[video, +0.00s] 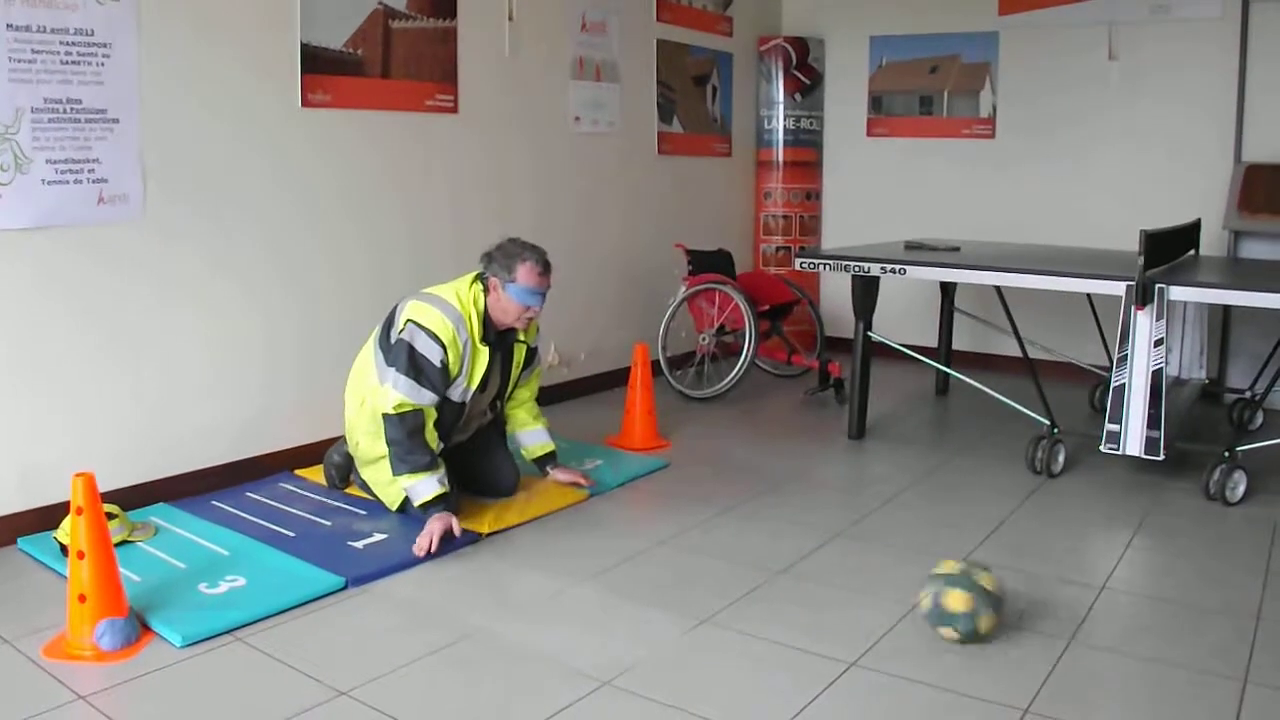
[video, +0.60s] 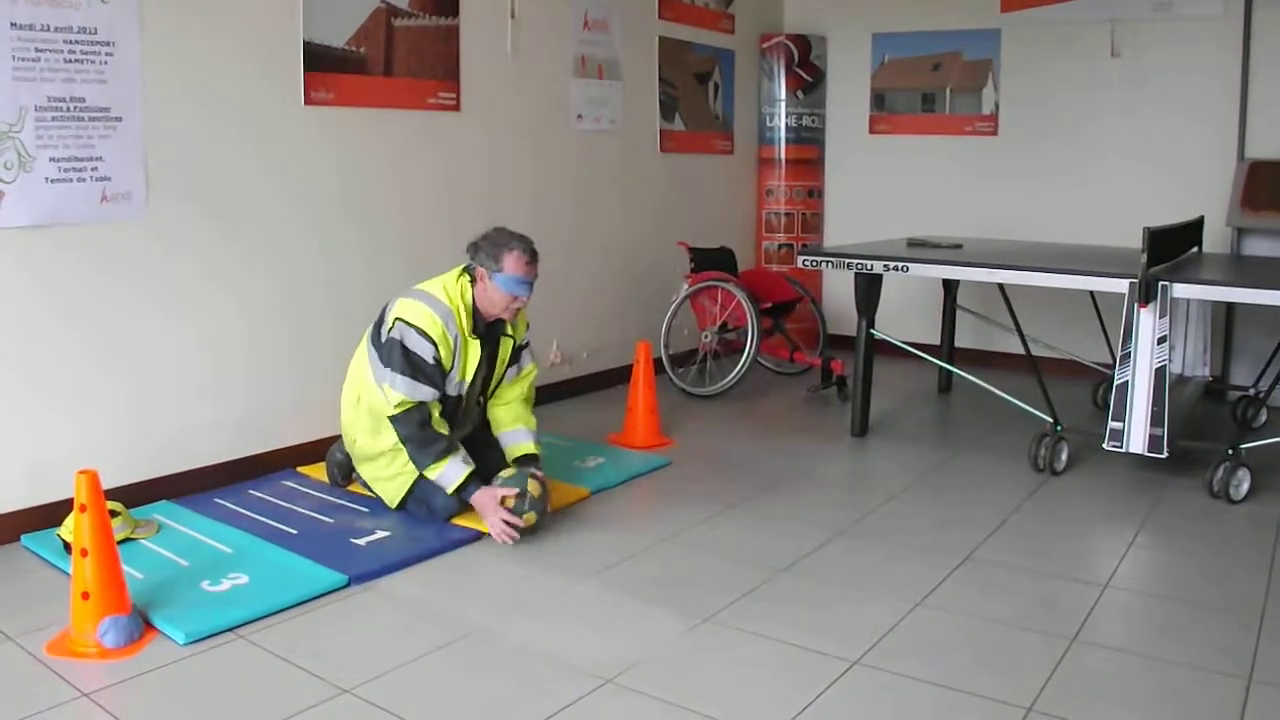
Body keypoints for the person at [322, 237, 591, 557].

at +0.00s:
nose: (535, 310)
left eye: (541, 299)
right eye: (527, 297)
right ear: (494, 288)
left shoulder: (522, 326)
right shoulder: (433, 324)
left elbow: (519, 399)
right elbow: (402, 418)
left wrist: (549, 464)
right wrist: (436, 508)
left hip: (463, 415)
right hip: (386, 421)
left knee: (501, 483)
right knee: (425, 509)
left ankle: (424, 459)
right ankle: (358, 455)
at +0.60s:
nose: (523, 301)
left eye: (529, 290)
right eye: (514, 289)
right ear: (481, 277)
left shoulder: (510, 319)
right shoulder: (422, 320)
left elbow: (510, 396)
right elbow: (412, 421)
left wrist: (527, 463)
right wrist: (474, 492)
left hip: (449, 417)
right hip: (383, 430)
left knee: (504, 478)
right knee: (445, 505)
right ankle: (360, 459)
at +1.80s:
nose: (543, 285)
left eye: (548, 273)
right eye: (533, 273)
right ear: (499, 268)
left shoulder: (534, 308)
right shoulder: (446, 310)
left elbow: (541, 383)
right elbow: (434, 409)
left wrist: (554, 450)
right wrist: (508, 469)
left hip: (470, 412)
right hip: (401, 422)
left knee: (511, 484)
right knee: (455, 506)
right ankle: (375, 462)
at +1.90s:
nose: (544, 288)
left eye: (548, 276)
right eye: (534, 276)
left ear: (552, 271)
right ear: (499, 270)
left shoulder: (532, 309)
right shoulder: (453, 314)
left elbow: (557, 378)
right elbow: (477, 407)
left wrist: (606, 425)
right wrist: (568, 440)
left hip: (461, 410)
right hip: (405, 421)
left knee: (516, 483)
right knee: (455, 507)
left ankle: (425, 449)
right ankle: (377, 456)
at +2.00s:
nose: (550, 286)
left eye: (554, 274)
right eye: (541, 274)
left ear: (559, 272)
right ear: (505, 271)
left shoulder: (536, 305)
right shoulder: (462, 313)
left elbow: (570, 362)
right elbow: (504, 397)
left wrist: (622, 392)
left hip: (471, 405)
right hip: (410, 416)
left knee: (516, 485)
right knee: (456, 509)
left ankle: (432, 447)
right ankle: (377, 455)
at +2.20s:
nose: (562, 286)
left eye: (566, 275)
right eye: (553, 275)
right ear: (518, 269)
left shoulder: (547, 307)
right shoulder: (468, 314)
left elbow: (566, 378)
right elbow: (493, 413)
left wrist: (609, 415)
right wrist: (581, 439)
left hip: (467, 412)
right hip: (413, 421)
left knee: (519, 485)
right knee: (457, 511)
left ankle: (427, 449)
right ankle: (378, 455)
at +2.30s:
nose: (569, 290)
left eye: (573, 279)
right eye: (560, 279)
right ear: (524, 272)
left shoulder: (551, 316)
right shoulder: (471, 317)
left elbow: (556, 388)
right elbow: (465, 419)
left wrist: (584, 444)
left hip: (473, 414)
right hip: (411, 421)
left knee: (520, 490)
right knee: (459, 510)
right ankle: (379, 456)